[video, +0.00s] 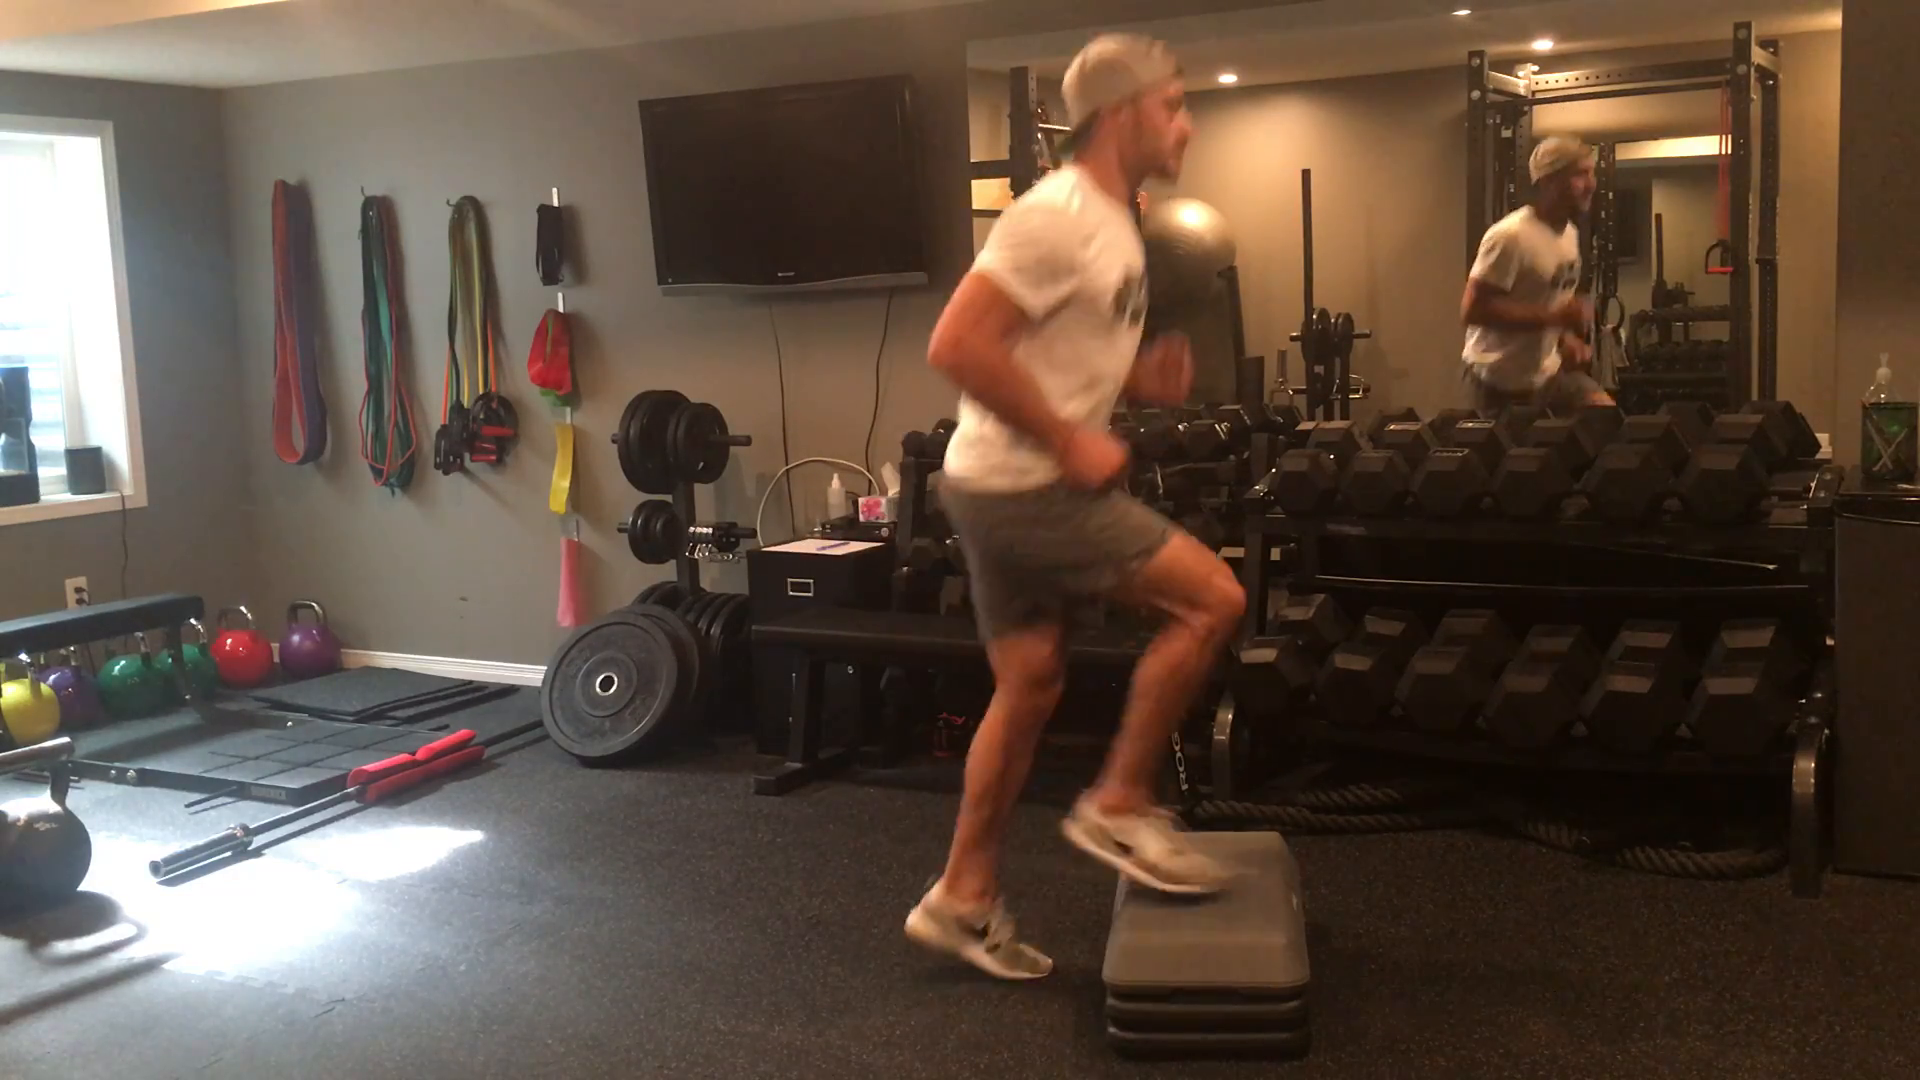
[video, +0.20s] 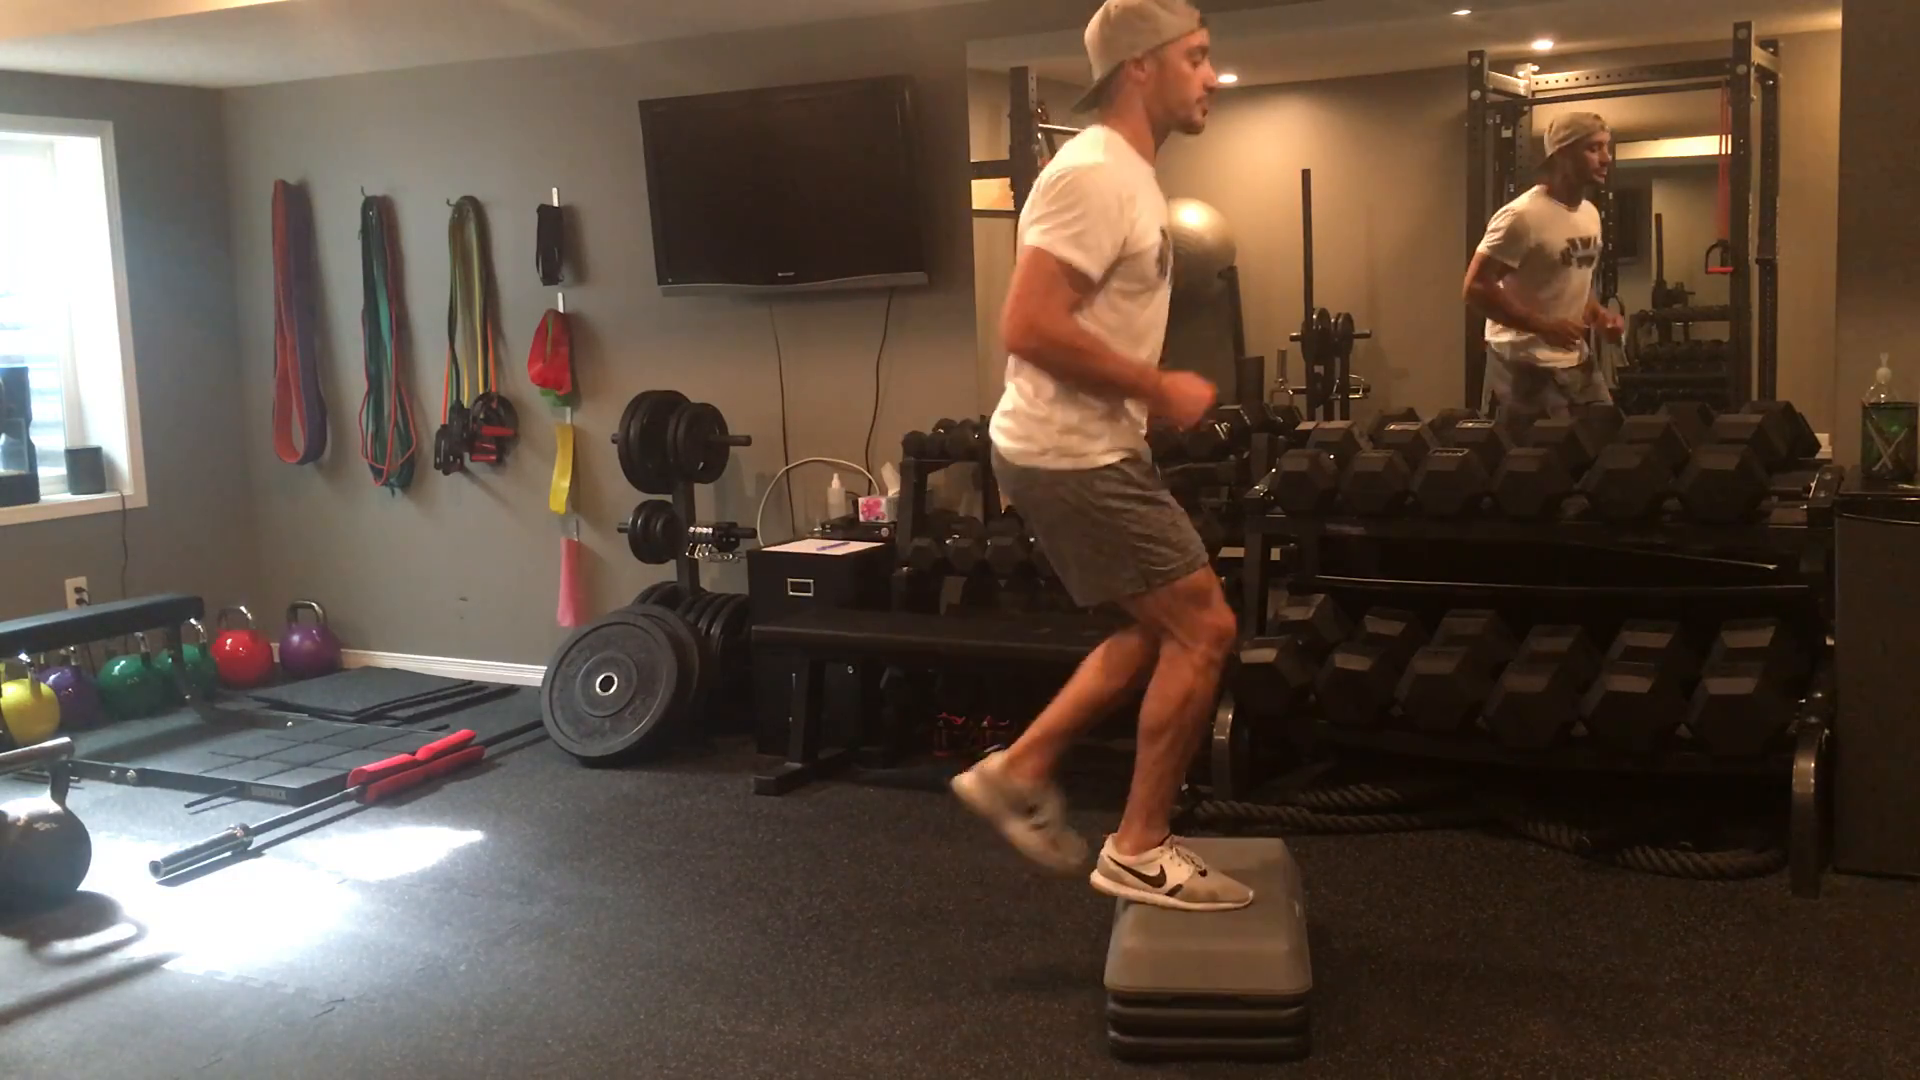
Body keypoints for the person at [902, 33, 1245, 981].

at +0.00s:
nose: (1186, 123)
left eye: (1183, 106)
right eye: (1172, 107)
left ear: (1123, 119)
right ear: (1120, 118)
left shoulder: (1111, 222)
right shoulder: (1055, 213)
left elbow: (1044, 347)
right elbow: (958, 340)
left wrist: (1132, 372)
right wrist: (1068, 437)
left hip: (1008, 483)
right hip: (1015, 484)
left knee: (1028, 680)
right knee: (1212, 599)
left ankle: (961, 897)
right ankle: (1118, 805)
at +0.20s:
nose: (1212, 76)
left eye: (1209, 59)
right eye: (1197, 59)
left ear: (1144, 73)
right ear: (1142, 71)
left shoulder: (1126, 172)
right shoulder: (1095, 169)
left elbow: (1064, 320)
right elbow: (1029, 325)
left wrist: (1144, 393)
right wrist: (1154, 383)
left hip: (1084, 446)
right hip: (1068, 452)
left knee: (1156, 626)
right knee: (1202, 627)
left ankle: (1017, 770)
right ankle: (1139, 845)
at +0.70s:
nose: (1177, 109)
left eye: (1174, 92)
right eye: (1163, 92)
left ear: (1116, 103)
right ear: (1113, 102)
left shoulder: (1095, 198)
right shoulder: (1059, 193)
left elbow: (1031, 338)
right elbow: (983, 336)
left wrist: (1111, 379)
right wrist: (1098, 404)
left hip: (1060, 468)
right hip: (1002, 478)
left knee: (1185, 579)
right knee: (1015, 709)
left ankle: (1097, 774)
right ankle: (931, 923)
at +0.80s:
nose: (1159, 168)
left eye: (1156, 150)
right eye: (1144, 151)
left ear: (1088, 165)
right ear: (1091, 163)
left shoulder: (1044, 255)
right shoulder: (1042, 268)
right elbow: (983, 419)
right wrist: (1098, 477)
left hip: (1046, 531)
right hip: (989, 547)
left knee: (1183, 616)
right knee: (991, 767)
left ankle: (1044, 777)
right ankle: (902, 955)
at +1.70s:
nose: (1194, 40)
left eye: (1192, 22)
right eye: (1176, 20)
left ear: (1132, 39)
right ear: (1116, 33)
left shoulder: (1122, 145)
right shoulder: (1069, 136)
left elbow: (1078, 291)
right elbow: (1001, 285)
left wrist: (1159, 341)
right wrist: (1143, 341)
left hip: (1104, 431)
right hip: (1058, 436)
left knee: (1175, 625)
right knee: (1165, 628)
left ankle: (1143, 837)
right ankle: (1024, 823)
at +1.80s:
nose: (1177, 61)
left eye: (1173, 42)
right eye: (1159, 41)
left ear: (1118, 62)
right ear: (1099, 58)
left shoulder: (1110, 171)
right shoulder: (1051, 164)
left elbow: (1055, 316)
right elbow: (982, 312)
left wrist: (1142, 359)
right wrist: (1124, 361)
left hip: (1099, 452)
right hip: (1039, 459)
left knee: (1182, 612)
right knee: (1110, 664)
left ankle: (1144, 830)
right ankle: (968, 859)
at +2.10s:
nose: (1088, 162)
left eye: (1085, 143)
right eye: (1074, 142)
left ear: (1020, 155)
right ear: (1016, 152)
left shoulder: (1010, 258)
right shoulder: (948, 259)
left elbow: (976, 403)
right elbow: (912, 422)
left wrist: (1030, 481)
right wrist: (1058, 457)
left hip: (1003, 528)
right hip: (940, 544)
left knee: (1124, 629)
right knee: (988, 752)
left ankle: (997, 794)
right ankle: (917, 959)